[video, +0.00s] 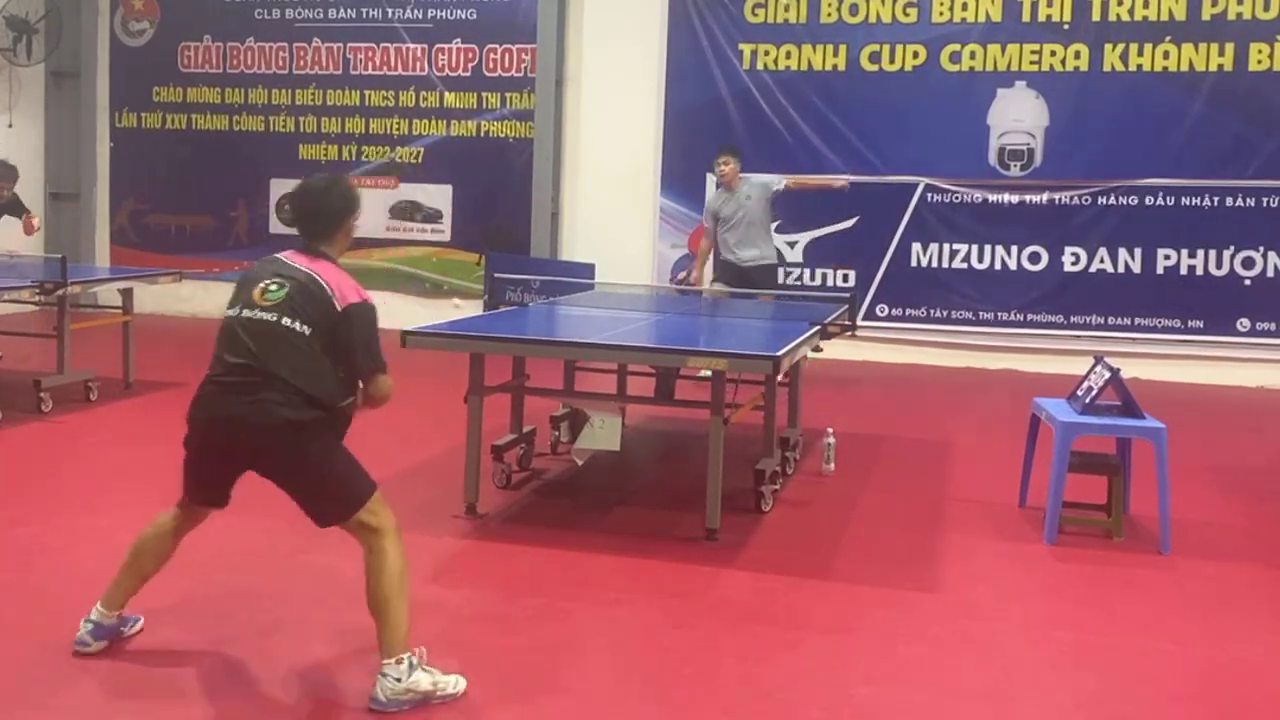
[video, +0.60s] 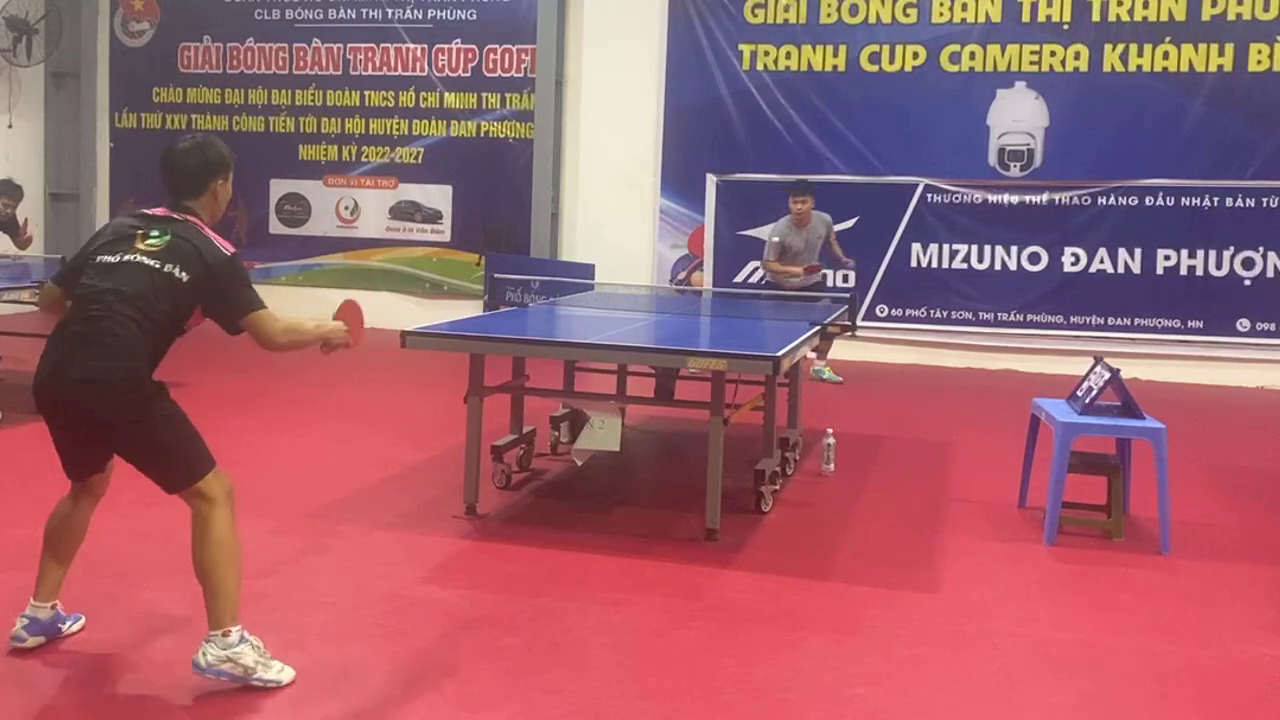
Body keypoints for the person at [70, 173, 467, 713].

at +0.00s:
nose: (358, 227)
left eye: (357, 218)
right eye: (356, 219)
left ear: (298, 221)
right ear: (346, 227)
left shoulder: (260, 270)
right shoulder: (347, 294)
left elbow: (253, 347)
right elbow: (379, 390)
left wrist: (334, 380)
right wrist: (348, 392)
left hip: (215, 417)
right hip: (291, 428)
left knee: (185, 513)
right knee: (380, 529)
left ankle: (100, 619)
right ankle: (397, 669)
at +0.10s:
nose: (310, 199)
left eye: (309, 190)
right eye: (308, 191)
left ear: (252, 196)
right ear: (299, 199)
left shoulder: (220, 238)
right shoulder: (315, 258)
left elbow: (240, 295)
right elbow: (369, 334)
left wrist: (309, 306)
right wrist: (318, 309)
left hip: (176, 379)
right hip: (246, 387)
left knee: (154, 493)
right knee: (305, 521)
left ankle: (100, 616)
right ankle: (381, 654)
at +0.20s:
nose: (279, 177)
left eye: (276, 170)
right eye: (278, 170)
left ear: (221, 175)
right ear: (271, 177)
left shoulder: (183, 218)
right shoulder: (288, 230)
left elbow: (174, 272)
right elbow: (342, 246)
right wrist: (371, 231)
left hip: (133, 348)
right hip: (206, 355)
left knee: (139, 459)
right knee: (256, 492)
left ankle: (107, 589)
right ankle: (298, 638)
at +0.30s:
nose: (265, 188)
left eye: (261, 180)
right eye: (265, 182)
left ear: (208, 181)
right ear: (258, 188)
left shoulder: (164, 213)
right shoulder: (269, 244)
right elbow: (328, 237)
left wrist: (118, 214)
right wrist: (356, 195)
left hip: (104, 333)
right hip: (174, 345)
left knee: (103, 457)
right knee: (211, 495)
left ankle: (76, 576)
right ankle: (253, 644)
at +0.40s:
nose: (248, 203)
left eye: (245, 195)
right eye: (247, 196)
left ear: (190, 196)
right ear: (237, 202)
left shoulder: (142, 227)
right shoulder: (242, 258)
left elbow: (42, 258)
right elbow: (321, 270)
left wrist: (58, 240)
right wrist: (347, 225)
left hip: (78, 357)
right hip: (147, 366)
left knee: (72, 487)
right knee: (196, 512)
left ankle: (39, 613)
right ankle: (233, 654)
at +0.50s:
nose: (233, 204)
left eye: (232, 196)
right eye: (231, 196)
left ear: (173, 197)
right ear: (220, 201)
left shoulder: (120, 232)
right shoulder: (223, 258)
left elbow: (36, 287)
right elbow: (303, 316)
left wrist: (53, 294)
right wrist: (345, 291)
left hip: (60, 372)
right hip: (130, 375)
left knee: (78, 474)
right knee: (215, 497)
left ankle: (40, 607)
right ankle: (229, 640)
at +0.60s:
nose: (231, 193)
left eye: (230, 183)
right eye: (229, 183)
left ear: (170, 185)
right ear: (216, 187)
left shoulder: (116, 227)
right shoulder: (211, 251)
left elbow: (51, 299)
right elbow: (271, 332)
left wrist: (101, 323)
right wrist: (327, 329)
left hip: (56, 379)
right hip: (120, 385)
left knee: (86, 485)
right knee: (212, 495)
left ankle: (39, 612)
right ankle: (224, 640)